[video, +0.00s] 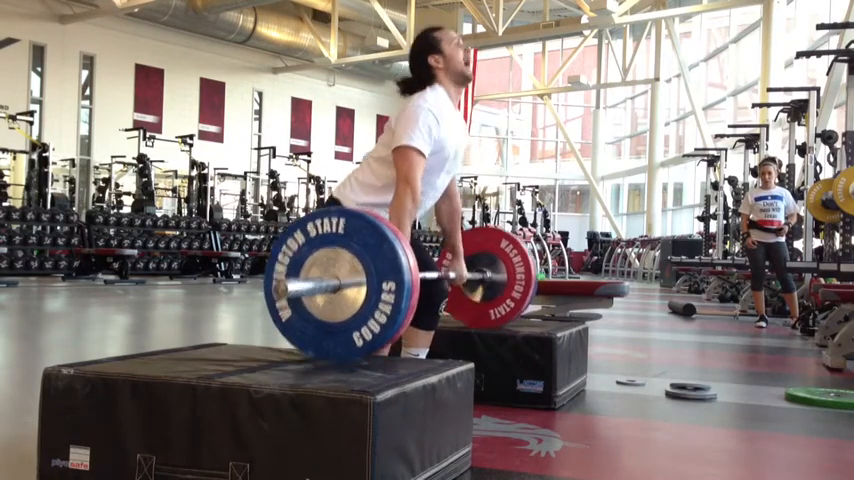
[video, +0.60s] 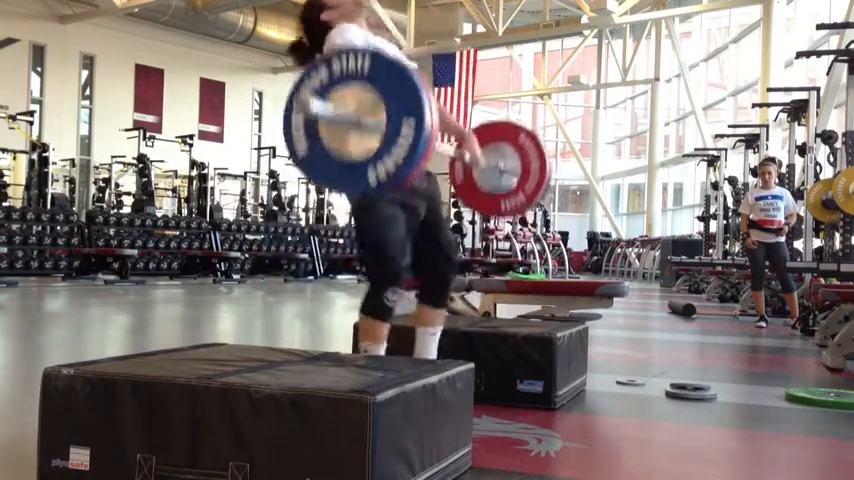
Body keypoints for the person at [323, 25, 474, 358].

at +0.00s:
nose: (468, 51)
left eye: (464, 45)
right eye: (458, 46)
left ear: (443, 63)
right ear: (436, 62)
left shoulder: (454, 120)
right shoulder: (424, 106)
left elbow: (447, 194)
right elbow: (407, 190)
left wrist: (456, 255)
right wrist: (396, 259)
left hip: (389, 219)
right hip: (353, 214)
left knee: (433, 285)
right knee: (391, 295)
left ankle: (409, 383)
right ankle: (371, 386)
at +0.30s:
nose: (466, 13)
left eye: (461, 7)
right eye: (455, 8)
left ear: (443, 27)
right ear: (436, 26)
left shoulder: (457, 79)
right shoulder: (429, 64)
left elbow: (450, 154)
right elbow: (406, 139)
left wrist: (454, 212)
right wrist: (392, 209)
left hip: (413, 205)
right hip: (385, 202)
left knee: (434, 285)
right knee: (402, 285)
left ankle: (412, 383)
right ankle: (374, 385)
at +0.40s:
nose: (410, 2)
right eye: (398, 1)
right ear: (378, 18)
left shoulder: (419, 62)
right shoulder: (391, 52)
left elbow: (433, 140)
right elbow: (389, 127)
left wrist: (455, 196)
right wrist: (404, 196)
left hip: (442, 201)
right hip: (412, 199)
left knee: (454, 291)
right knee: (409, 295)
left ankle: (417, 374)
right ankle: (376, 380)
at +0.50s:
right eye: (337, 1)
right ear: (334, 20)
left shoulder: (389, 52)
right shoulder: (354, 44)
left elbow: (420, 115)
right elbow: (368, 105)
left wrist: (457, 158)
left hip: (426, 183)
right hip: (390, 182)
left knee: (426, 278)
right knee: (387, 280)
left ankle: (415, 373)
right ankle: (371, 377)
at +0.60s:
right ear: (327, 14)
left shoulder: (383, 43)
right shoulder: (343, 38)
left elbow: (420, 97)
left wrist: (462, 132)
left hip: (419, 181)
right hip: (378, 185)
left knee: (441, 268)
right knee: (387, 277)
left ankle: (423, 372)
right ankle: (369, 378)